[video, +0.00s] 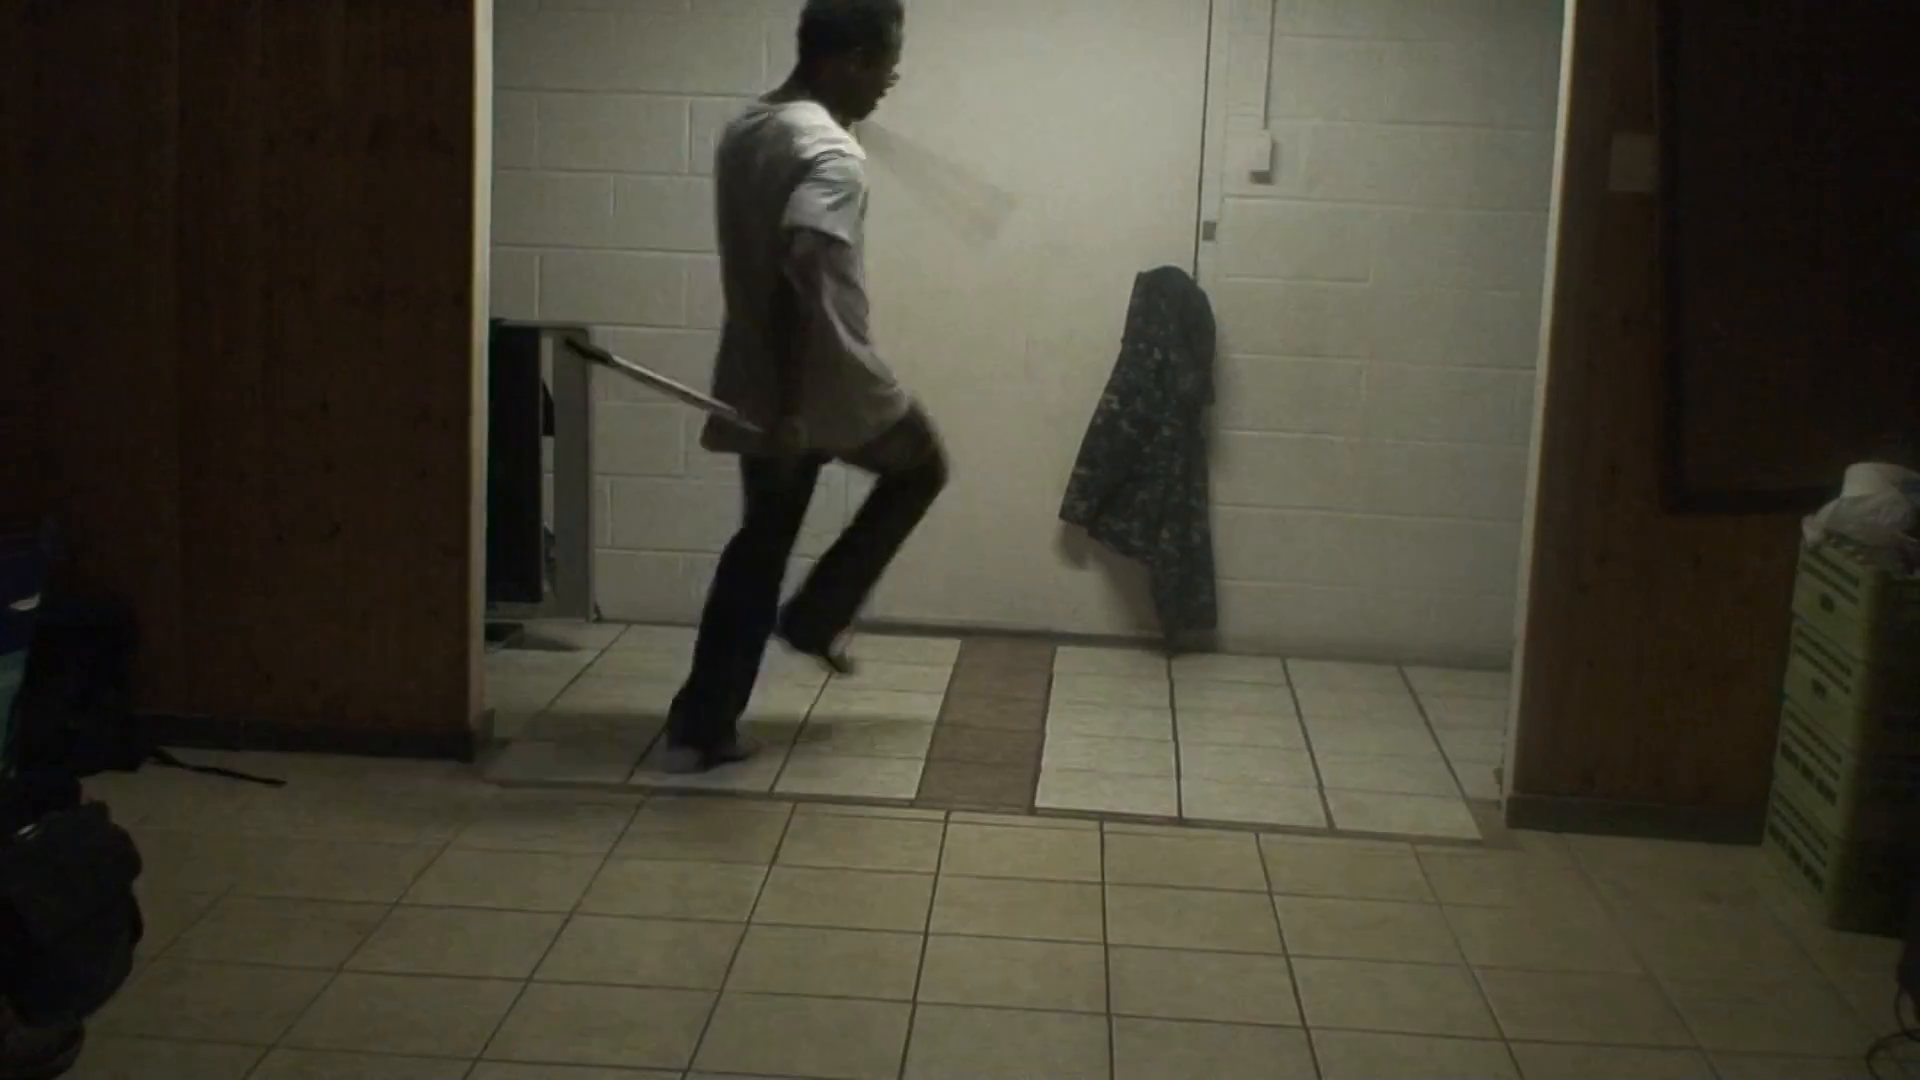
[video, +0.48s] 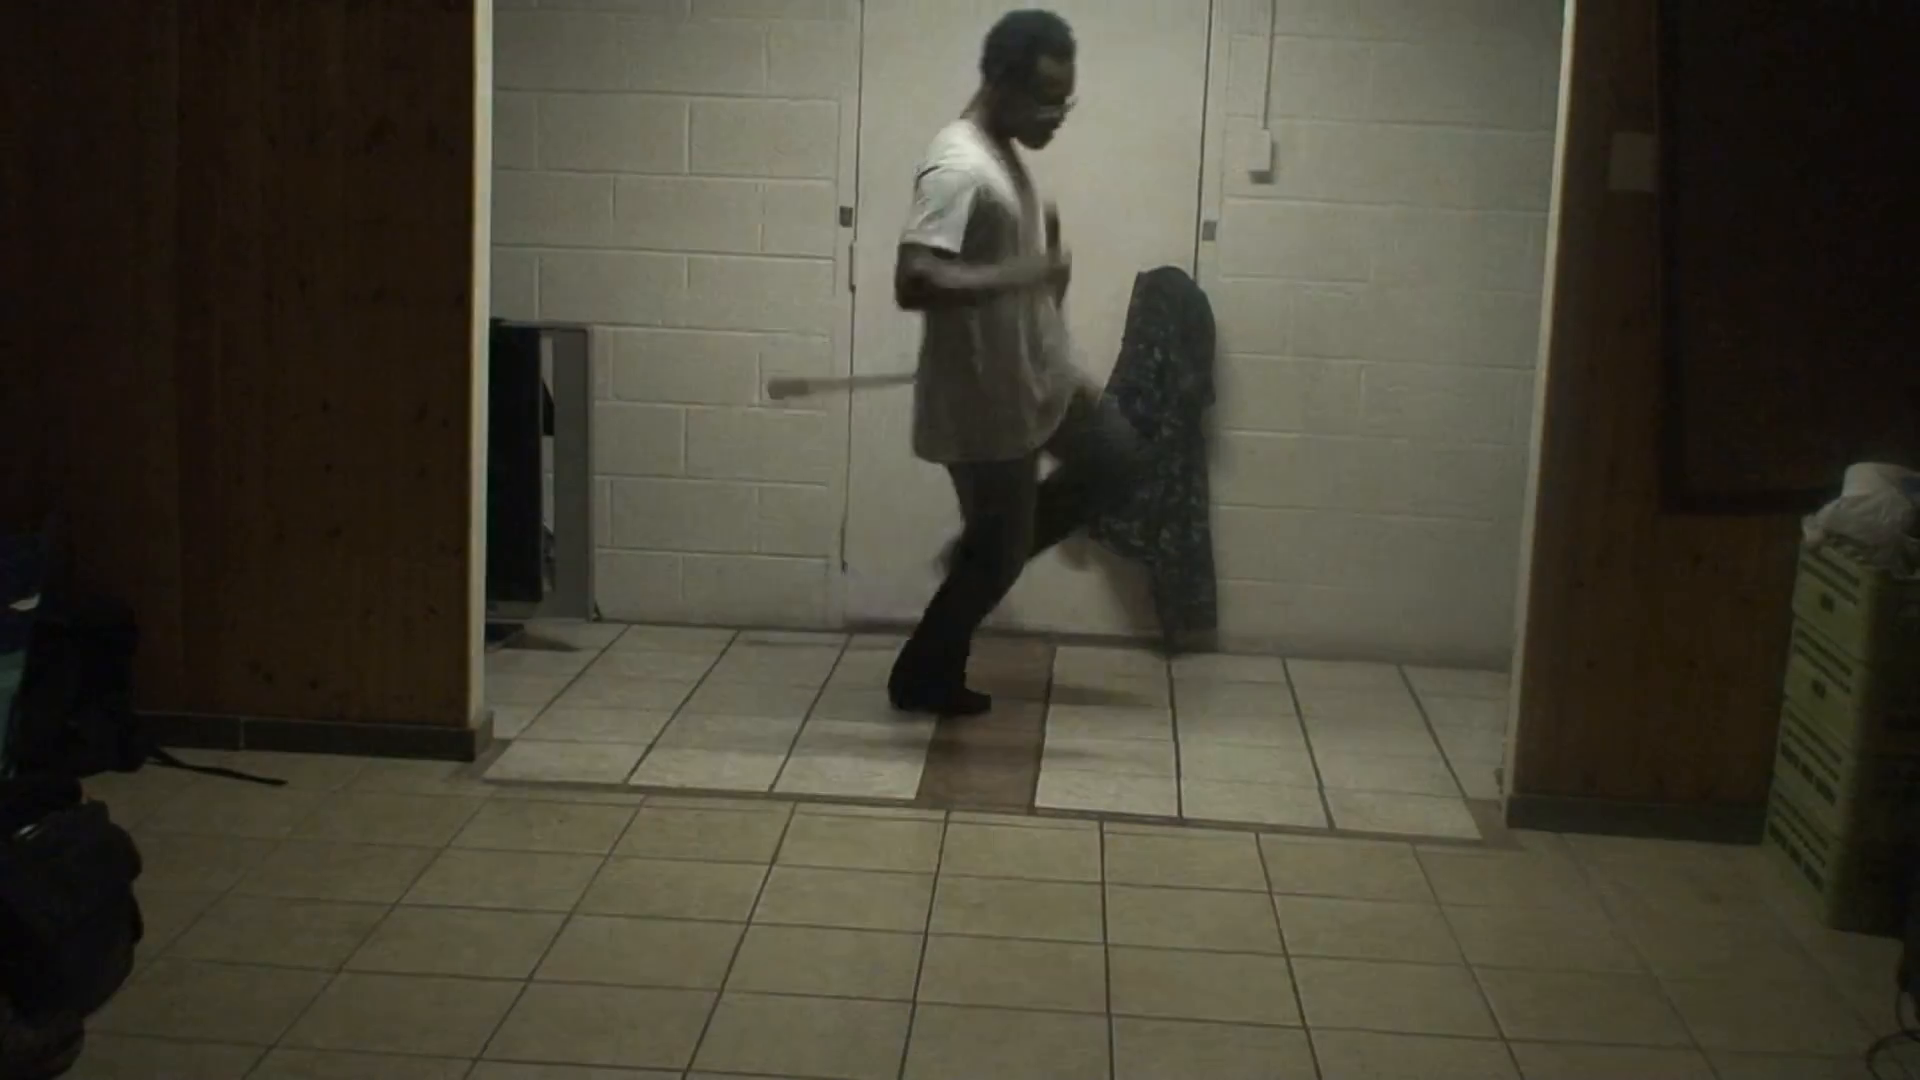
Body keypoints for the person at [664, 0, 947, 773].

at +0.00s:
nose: (889, 85)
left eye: (892, 68)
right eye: (885, 67)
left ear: (816, 56)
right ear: (846, 62)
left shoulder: (743, 133)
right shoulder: (830, 153)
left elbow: (748, 268)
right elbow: (804, 273)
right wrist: (821, 387)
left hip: (757, 380)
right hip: (821, 380)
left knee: (762, 539)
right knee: (920, 469)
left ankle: (704, 722)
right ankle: (817, 616)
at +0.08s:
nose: (918, 80)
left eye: (920, 64)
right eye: (913, 63)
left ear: (850, 53)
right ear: (871, 56)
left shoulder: (774, 128)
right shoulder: (852, 144)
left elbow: (777, 263)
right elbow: (808, 261)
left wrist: (770, 384)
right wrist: (800, 389)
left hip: (787, 367)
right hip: (851, 366)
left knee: (803, 521)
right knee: (946, 470)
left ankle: (745, 696)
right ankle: (873, 633)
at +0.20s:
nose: (955, 104)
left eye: (959, 87)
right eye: (946, 85)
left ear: (888, 80)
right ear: (899, 79)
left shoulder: (827, 148)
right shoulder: (886, 171)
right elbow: (840, 289)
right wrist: (841, 411)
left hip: (835, 397)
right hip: (898, 400)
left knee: (837, 535)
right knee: (957, 525)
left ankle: (770, 698)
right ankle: (922, 681)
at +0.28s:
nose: (990, 113)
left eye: (992, 97)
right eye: (981, 95)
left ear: (921, 89)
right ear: (932, 88)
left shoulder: (870, 156)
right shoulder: (909, 182)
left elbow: (912, 240)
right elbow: (869, 309)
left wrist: (986, 234)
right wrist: (905, 416)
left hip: (876, 407)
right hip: (925, 410)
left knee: (871, 536)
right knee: (971, 541)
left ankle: (776, 680)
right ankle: (923, 681)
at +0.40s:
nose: (1031, 117)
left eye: (1036, 102)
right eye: (1019, 101)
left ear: (980, 93)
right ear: (971, 89)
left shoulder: (959, 164)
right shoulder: (940, 179)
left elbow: (950, 297)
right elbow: (899, 298)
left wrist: (1013, 343)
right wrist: (983, 374)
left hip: (973, 407)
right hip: (958, 414)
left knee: (978, 529)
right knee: (985, 551)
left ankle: (859, 603)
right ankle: (924, 687)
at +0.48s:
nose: (1058, 115)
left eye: (1065, 100)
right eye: (1046, 99)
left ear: (1062, 87)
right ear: (998, 82)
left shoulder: (1002, 154)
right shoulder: (959, 167)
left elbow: (985, 268)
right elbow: (916, 281)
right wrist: (1031, 274)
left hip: (1038, 374)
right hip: (987, 396)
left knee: (1114, 461)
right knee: (998, 551)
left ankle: (986, 553)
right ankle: (921, 680)